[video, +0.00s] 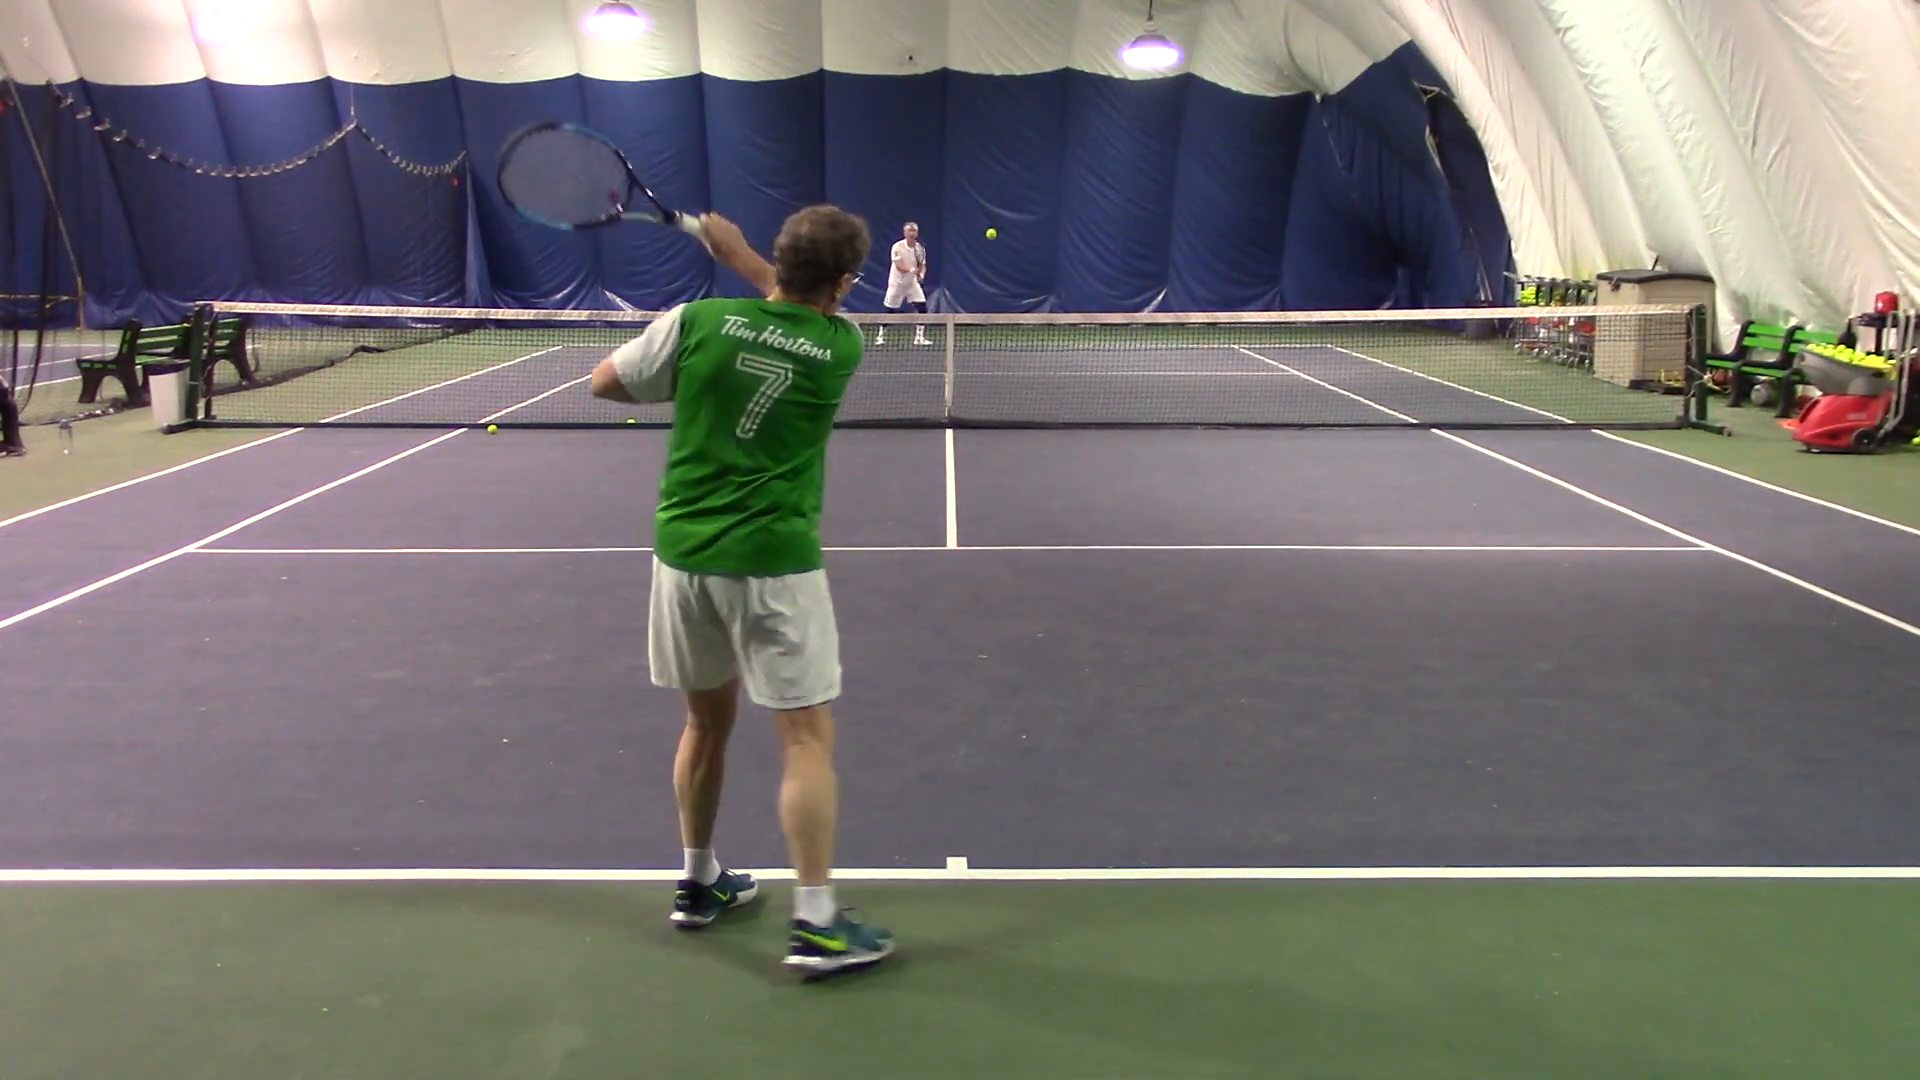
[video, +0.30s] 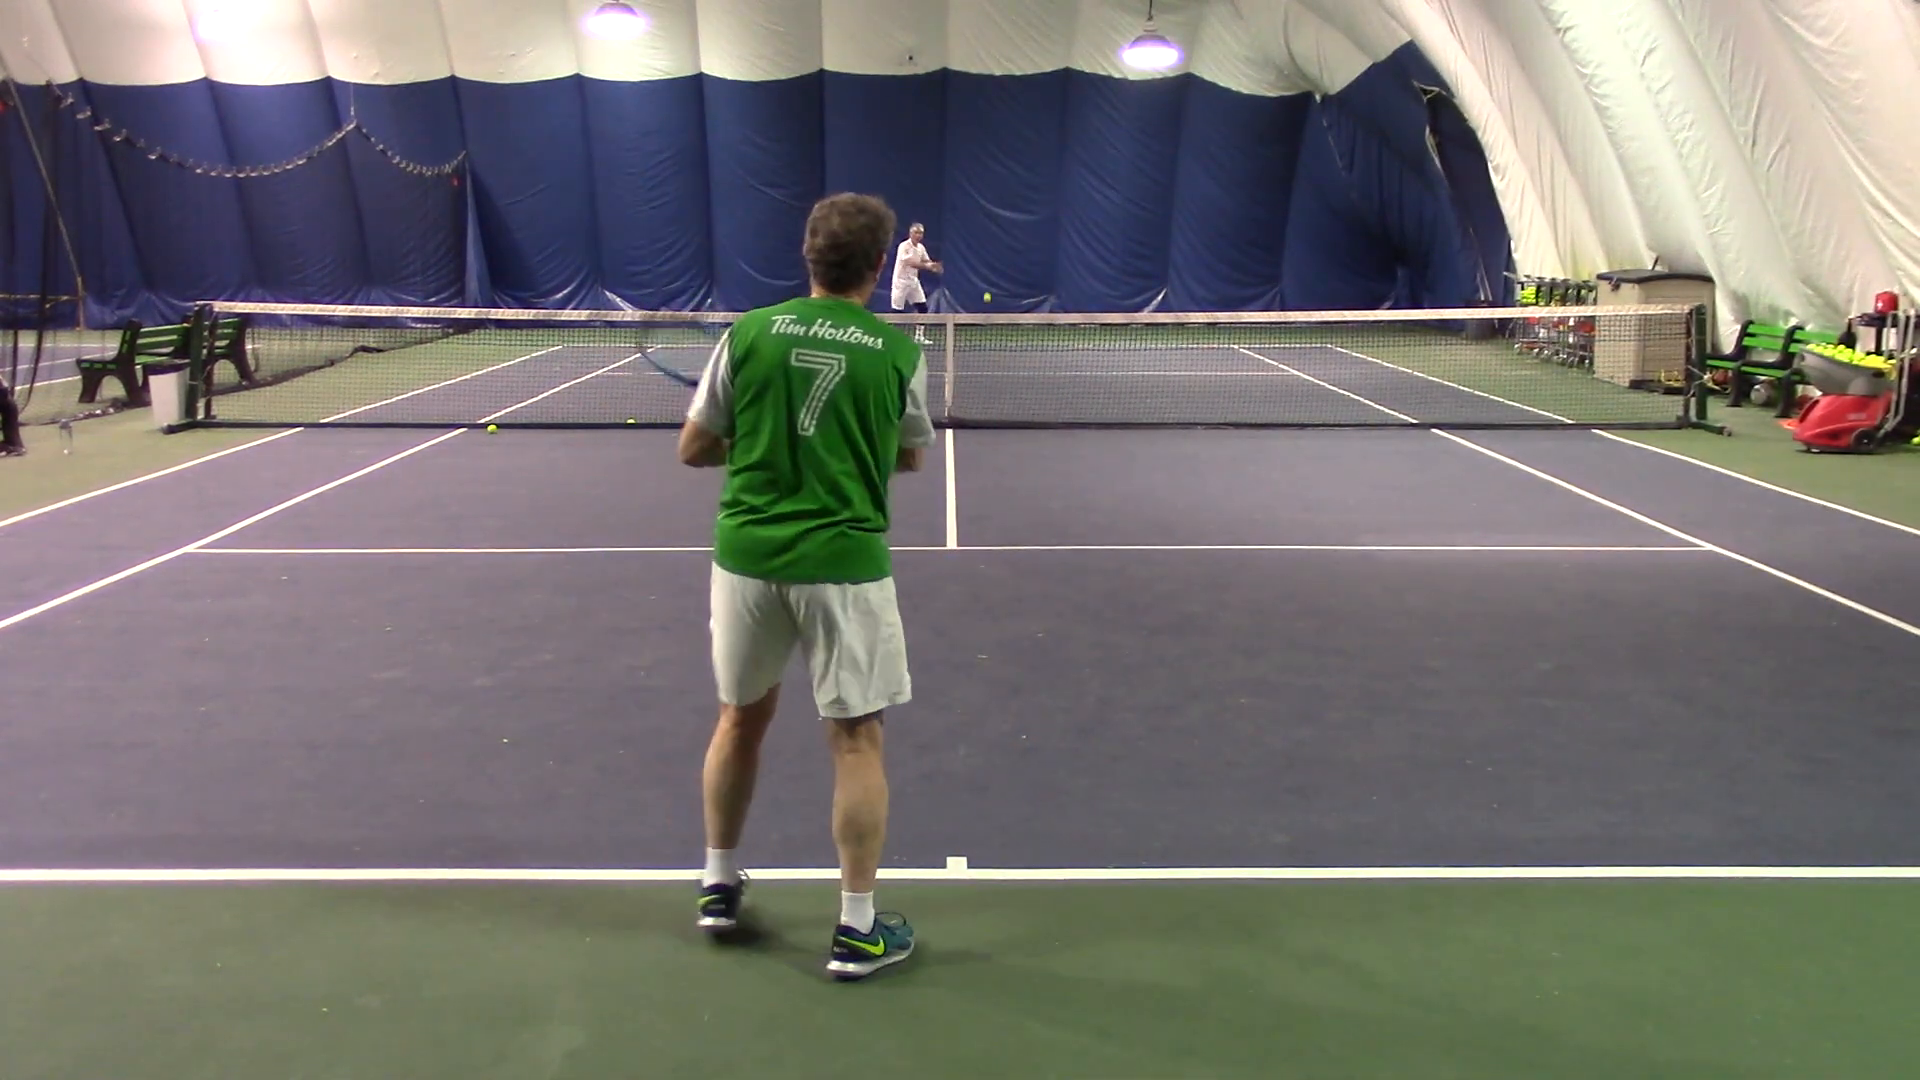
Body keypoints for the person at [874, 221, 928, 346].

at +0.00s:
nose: (912, 235)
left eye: (914, 232)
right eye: (910, 232)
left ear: (917, 233)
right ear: (905, 233)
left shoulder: (920, 249)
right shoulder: (897, 247)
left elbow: (922, 264)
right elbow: (898, 265)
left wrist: (922, 273)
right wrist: (910, 269)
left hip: (912, 282)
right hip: (897, 283)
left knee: (922, 307)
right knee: (889, 309)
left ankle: (919, 336)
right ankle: (880, 335)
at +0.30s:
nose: (918, 236)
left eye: (920, 233)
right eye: (916, 233)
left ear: (922, 235)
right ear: (910, 233)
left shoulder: (921, 247)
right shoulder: (903, 246)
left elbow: (926, 261)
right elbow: (909, 261)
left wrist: (934, 266)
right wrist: (928, 266)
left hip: (913, 281)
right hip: (900, 281)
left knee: (922, 307)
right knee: (897, 311)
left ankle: (919, 335)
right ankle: (890, 337)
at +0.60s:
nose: (932, 245)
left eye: (934, 242)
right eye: (930, 242)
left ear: (935, 243)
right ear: (923, 241)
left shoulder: (926, 252)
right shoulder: (916, 252)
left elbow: (937, 260)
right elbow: (934, 260)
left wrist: (951, 255)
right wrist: (944, 249)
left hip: (914, 284)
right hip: (903, 283)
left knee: (925, 309)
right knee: (912, 306)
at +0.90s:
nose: (938, 241)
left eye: (940, 238)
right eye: (936, 237)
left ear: (941, 239)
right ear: (930, 235)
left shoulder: (934, 251)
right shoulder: (917, 245)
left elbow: (938, 270)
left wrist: (950, 279)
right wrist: (935, 257)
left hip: (921, 280)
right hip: (908, 278)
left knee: (923, 307)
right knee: (915, 306)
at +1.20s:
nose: (935, 227)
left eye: (937, 224)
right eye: (933, 224)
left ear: (941, 227)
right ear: (930, 225)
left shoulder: (941, 239)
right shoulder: (922, 236)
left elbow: (934, 235)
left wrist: (929, 224)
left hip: (932, 272)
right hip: (918, 272)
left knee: (935, 303)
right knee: (915, 302)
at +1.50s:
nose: (940, 230)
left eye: (942, 228)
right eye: (937, 228)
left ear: (944, 228)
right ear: (931, 228)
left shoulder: (947, 239)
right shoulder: (929, 240)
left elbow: (937, 235)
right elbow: (914, 239)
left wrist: (928, 228)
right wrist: (922, 229)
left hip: (944, 277)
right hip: (931, 277)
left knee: (946, 308)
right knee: (921, 307)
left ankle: (953, 338)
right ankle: (925, 337)